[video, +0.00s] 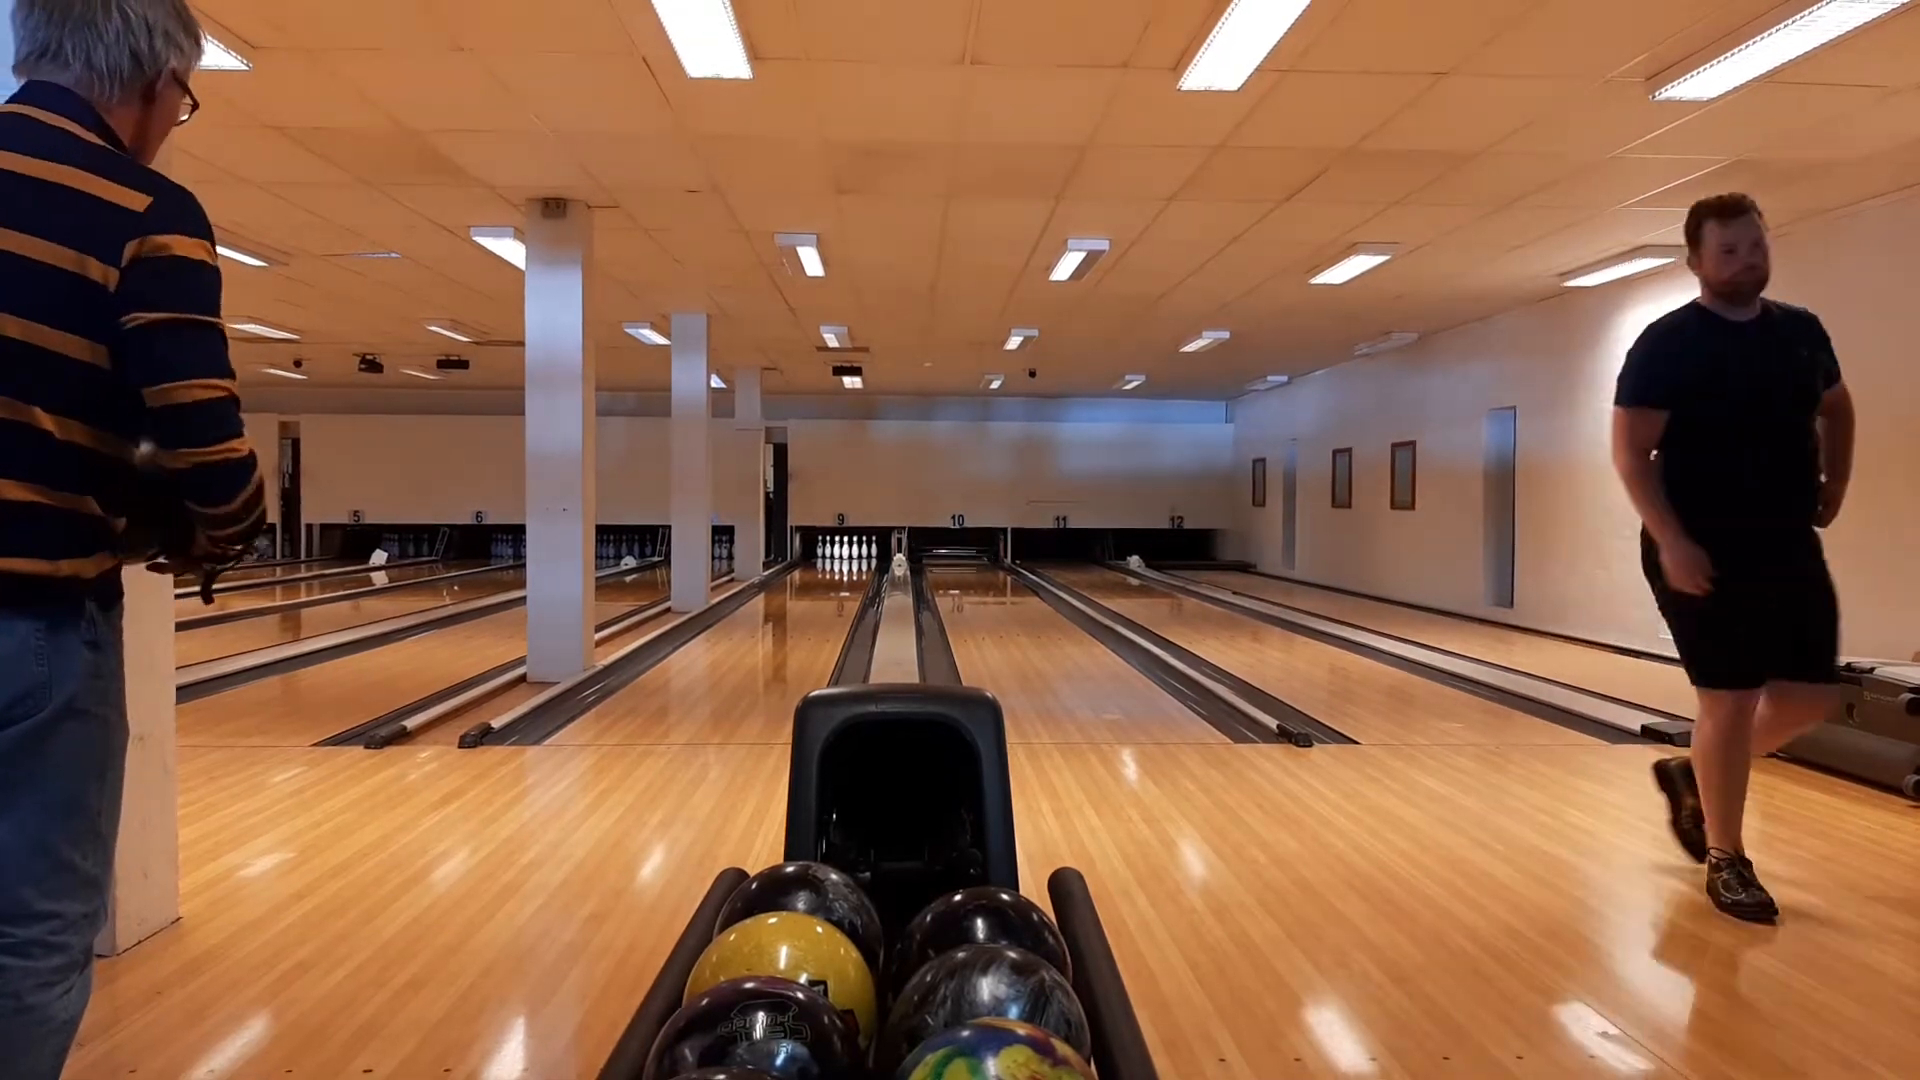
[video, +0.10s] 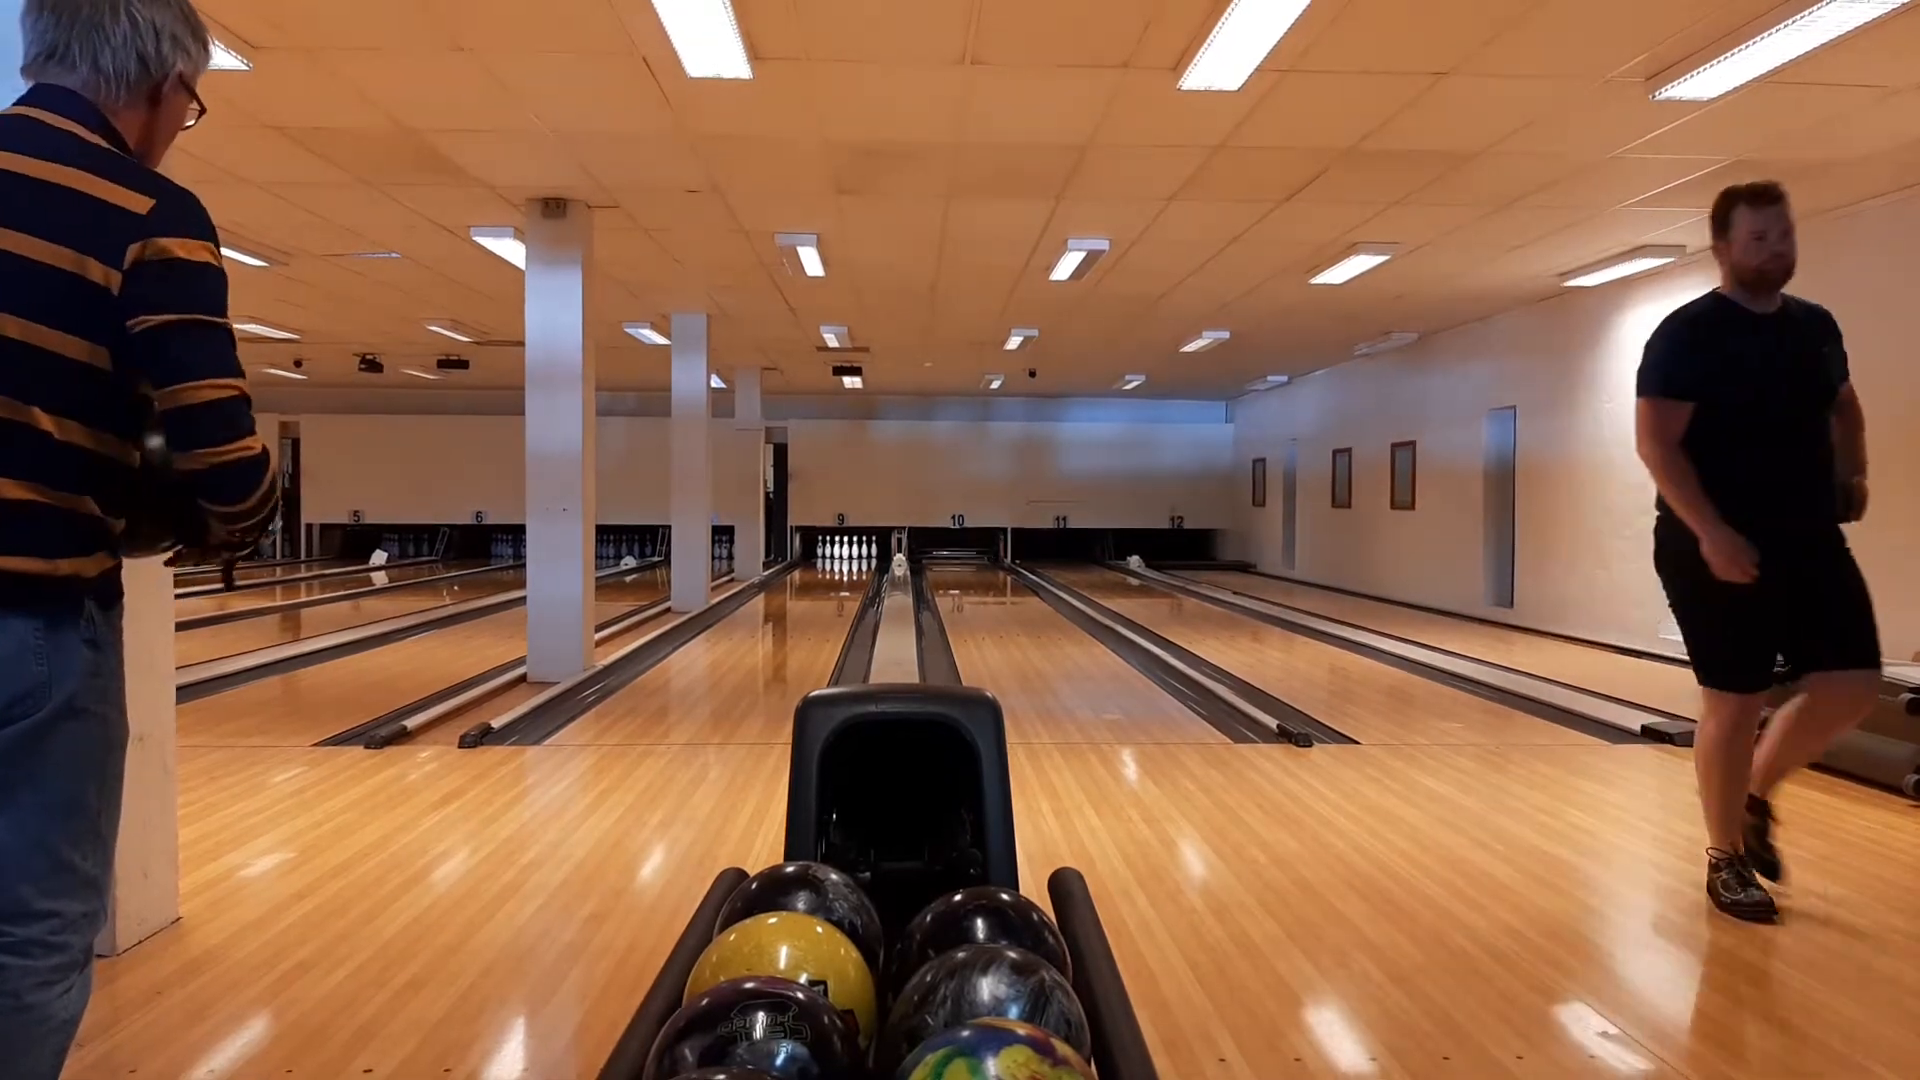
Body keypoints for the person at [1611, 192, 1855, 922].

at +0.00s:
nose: (1748, 256)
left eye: (1756, 244)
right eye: (1730, 248)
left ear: (1769, 250)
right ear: (1696, 262)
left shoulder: (1800, 332)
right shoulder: (1665, 342)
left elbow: (1837, 407)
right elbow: (1630, 453)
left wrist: (1834, 488)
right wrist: (1671, 542)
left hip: (1786, 534)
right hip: (1699, 540)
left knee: (1808, 698)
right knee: (1726, 698)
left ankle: (1694, 772)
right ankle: (1725, 859)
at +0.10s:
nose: (1778, 246)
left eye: (1784, 233)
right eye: (1760, 236)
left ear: (1794, 241)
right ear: (1721, 248)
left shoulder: (1815, 329)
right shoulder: (1684, 334)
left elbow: (1844, 408)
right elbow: (1654, 443)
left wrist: (1853, 474)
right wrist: (1711, 534)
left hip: (1804, 530)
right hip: (1710, 535)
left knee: (1849, 685)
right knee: (1734, 696)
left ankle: (1750, 790)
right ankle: (1724, 855)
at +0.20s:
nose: (1813, 242)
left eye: (1819, 231)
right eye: (1797, 230)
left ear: (1827, 239)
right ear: (1754, 237)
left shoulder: (1831, 326)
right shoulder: (1709, 324)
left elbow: (1851, 408)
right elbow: (1676, 434)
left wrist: (1869, 473)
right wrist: (1745, 521)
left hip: (1826, 528)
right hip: (1727, 534)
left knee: (1871, 681)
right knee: (1740, 695)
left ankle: (1823, 847)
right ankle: (1726, 859)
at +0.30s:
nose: (1847, 245)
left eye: (1855, 233)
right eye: (1832, 231)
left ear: (1861, 240)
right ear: (1788, 233)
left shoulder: (1857, 327)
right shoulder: (1736, 321)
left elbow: (1869, 422)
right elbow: (1701, 434)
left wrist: (1881, 497)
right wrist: (1775, 520)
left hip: (1852, 541)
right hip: (1750, 545)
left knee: (1874, 709)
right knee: (1748, 706)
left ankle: (1907, 884)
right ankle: (1727, 862)